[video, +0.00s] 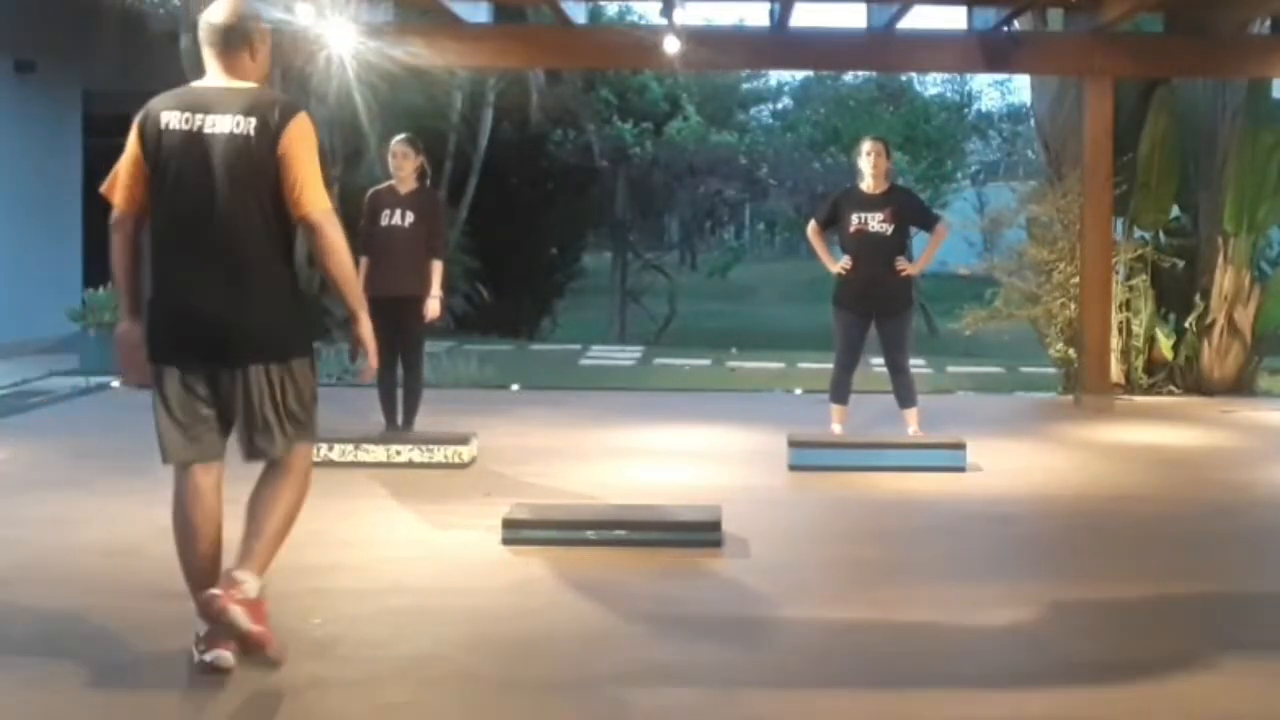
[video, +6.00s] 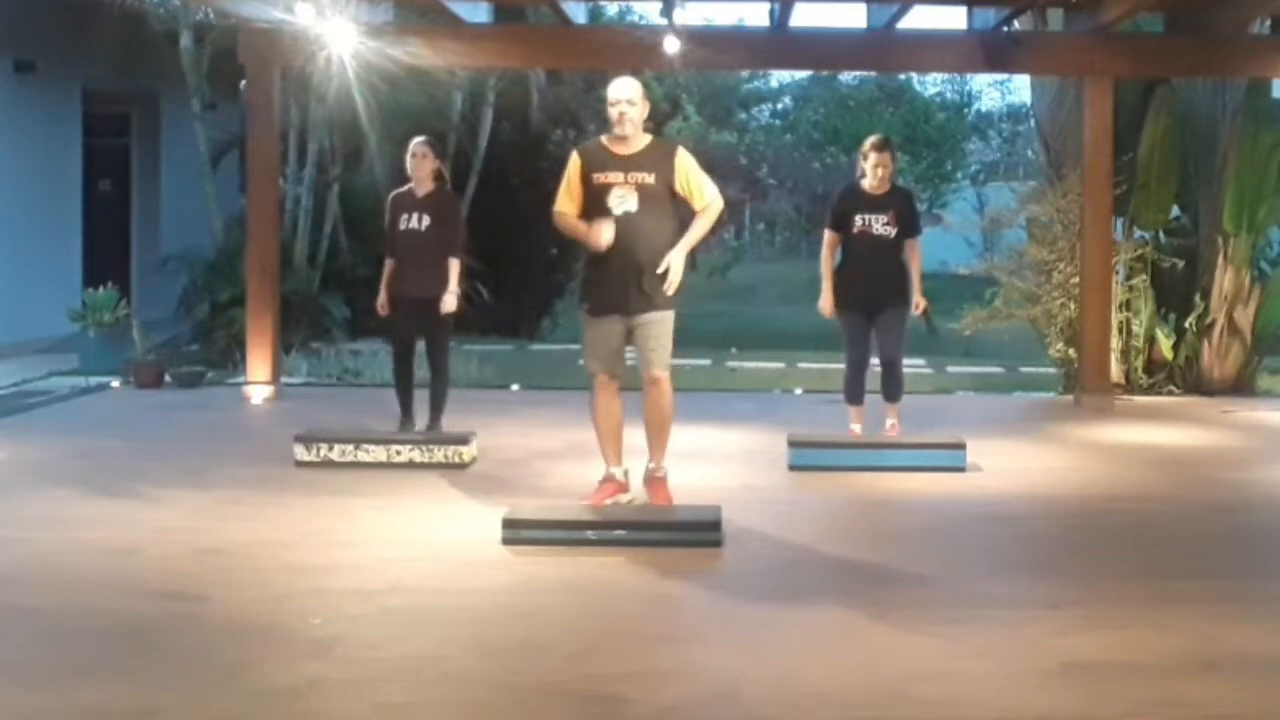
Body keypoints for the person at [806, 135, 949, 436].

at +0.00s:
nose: (872, 159)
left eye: (877, 154)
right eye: (867, 154)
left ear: (888, 161)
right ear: (858, 161)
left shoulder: (903, 199)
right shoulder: (844, 199)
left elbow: (941, 229)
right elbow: (813, 229)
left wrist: (919, 265)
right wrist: (831, 263)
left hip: (893, 289)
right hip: (853, 289)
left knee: (898, 362)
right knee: (845, 359)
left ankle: (913, 429)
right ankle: (837, 429)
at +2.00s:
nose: (884, 175)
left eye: (889, 169)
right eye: (879, 169)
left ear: (895, 170)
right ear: (866, 168)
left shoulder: (904, 200)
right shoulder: (848, 200)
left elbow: (940, 228)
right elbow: (815, 233)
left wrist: (922, 262)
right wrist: (836, 268)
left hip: (899, 289)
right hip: (862, 289)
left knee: (890, 360)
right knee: (863, 357)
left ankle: (889, 426)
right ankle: (845, 424)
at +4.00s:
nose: (875, 160)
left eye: (881, 155)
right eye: (870, 155)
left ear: (891, 160)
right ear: (863, 160)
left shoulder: (905, 199)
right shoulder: (849, 195)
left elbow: (916, 247)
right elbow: (832, 242)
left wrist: (921, 290)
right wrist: (826, 287)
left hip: (893, 291)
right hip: (854, 289)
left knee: (886, 359)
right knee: (856, 357)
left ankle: (887, 424)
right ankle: (858, 424)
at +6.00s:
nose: (881, 172)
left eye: (886, 166)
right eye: (875, 165)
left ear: (894, 166)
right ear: (863, 164)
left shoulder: (903, 199)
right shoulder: (846, 197)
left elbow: (912, 247)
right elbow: (829, 244)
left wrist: (916, 290)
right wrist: (827, 290)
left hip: (892, 289)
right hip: (852, 288)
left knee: (891, 356)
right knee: (856, 357)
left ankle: (892, 418)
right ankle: (856, 423)